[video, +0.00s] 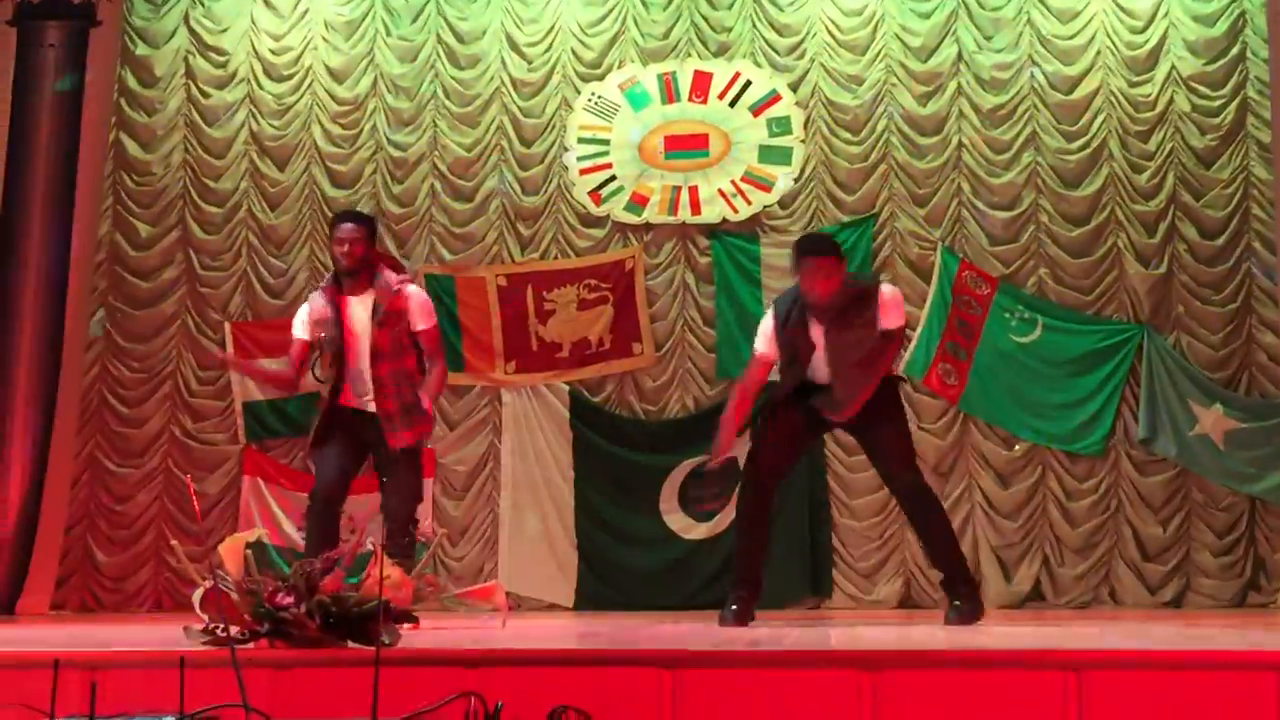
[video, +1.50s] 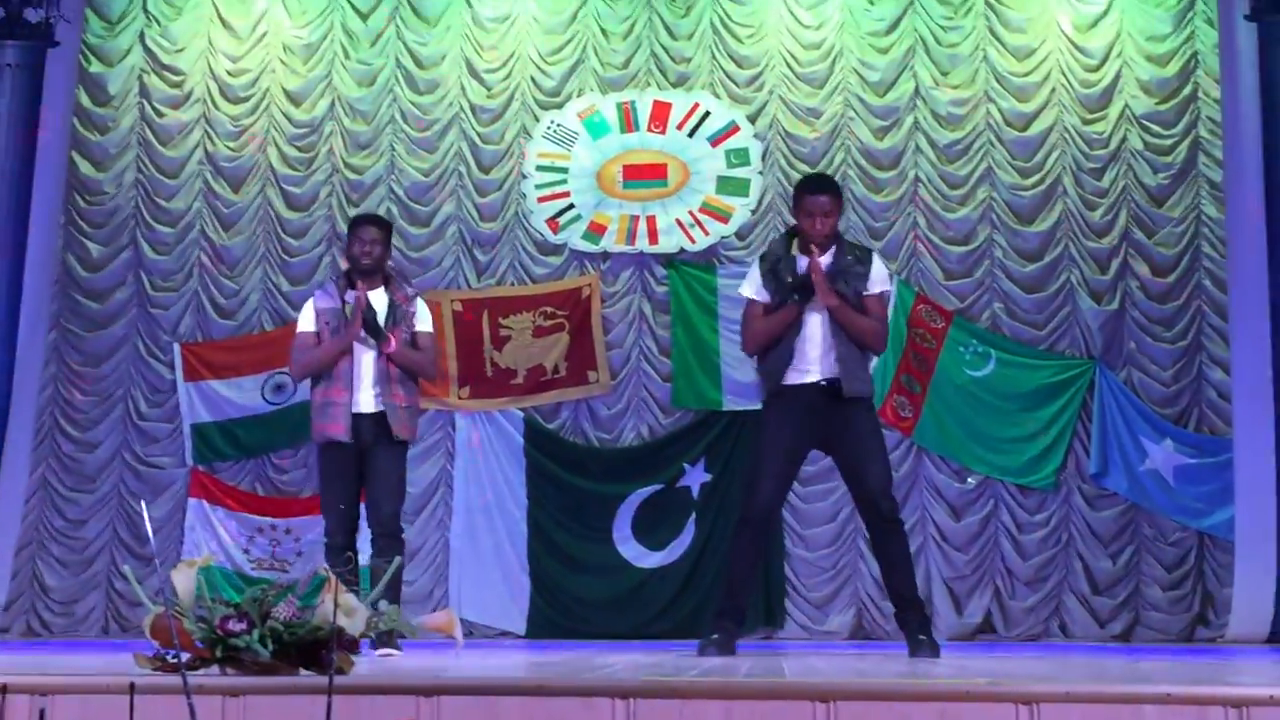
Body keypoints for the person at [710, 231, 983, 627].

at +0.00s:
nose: (820, 285)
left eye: (828, 274)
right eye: (811, 275)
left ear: (844, 272)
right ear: (798, 277)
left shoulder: (881, 301)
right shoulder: (781, 317)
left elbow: (884, 361)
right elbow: (748, 386)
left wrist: (851, 401)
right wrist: (722, 449)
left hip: (870, 395)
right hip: (804, 399)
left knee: (905, 482)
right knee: (758, 477)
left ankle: (962, 592)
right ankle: (742, 597)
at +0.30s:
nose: (940, 216)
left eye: (937, 208)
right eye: (937, 209)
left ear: (893, 215)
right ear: (927, 213)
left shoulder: (870, 258)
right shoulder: (924, 259)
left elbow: (832, 333)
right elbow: (918, 335)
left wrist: (886, 352)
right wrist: (934, 364)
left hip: (848, 390)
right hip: (888, 386)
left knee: (903, 502)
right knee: (938, 486)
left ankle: (931, 606)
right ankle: (833, 467)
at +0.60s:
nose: (788, 235)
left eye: (796, 225)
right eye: (784, 227)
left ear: (826, 226)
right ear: (786, 233)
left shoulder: (852, 262)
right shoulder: (817, 282)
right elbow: (874, 336)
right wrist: (877, 399)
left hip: (938, 379)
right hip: (895, 387)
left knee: (966, 496)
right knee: (896, 502)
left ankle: (1014, 616)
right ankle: (914, 611)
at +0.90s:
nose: (785, 222)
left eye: (793, 212)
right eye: (776, 215)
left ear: (810, 211)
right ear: (768, 221)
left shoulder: (852, 244)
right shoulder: (769, 276)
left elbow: (926, 276)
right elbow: (772, 351)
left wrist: (913, 330)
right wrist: (772, 375)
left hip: (870, 393)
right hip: (810, 401)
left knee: (901, 499)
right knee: (795, 506)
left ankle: (932, 621)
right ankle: (796, 624)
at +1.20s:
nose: (823, 213)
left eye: (831, 203)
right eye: (814, 205)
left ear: (846, 201)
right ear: (801, 205)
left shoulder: (876, 235)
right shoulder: (785, 246)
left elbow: (912, 272)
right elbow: (732, 283)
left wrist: (875, 279)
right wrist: (702, 319)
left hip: (866, 395)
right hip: (802, 396)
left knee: (893, 504)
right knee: (766, 491)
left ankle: (921, 622)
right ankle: (758, 610)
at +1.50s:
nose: (819, 224)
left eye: (828, 215)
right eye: (810, 215)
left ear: (839, 216)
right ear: (795, 215)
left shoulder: (865, 263)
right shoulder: (770, 265)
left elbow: (877, 339)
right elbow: (752, 340)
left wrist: (828, 296)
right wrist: (803, 301)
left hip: (848, 401)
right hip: (789, 403)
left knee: (880, 508)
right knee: (758, 509)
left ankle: (917, 629)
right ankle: (726, 629)